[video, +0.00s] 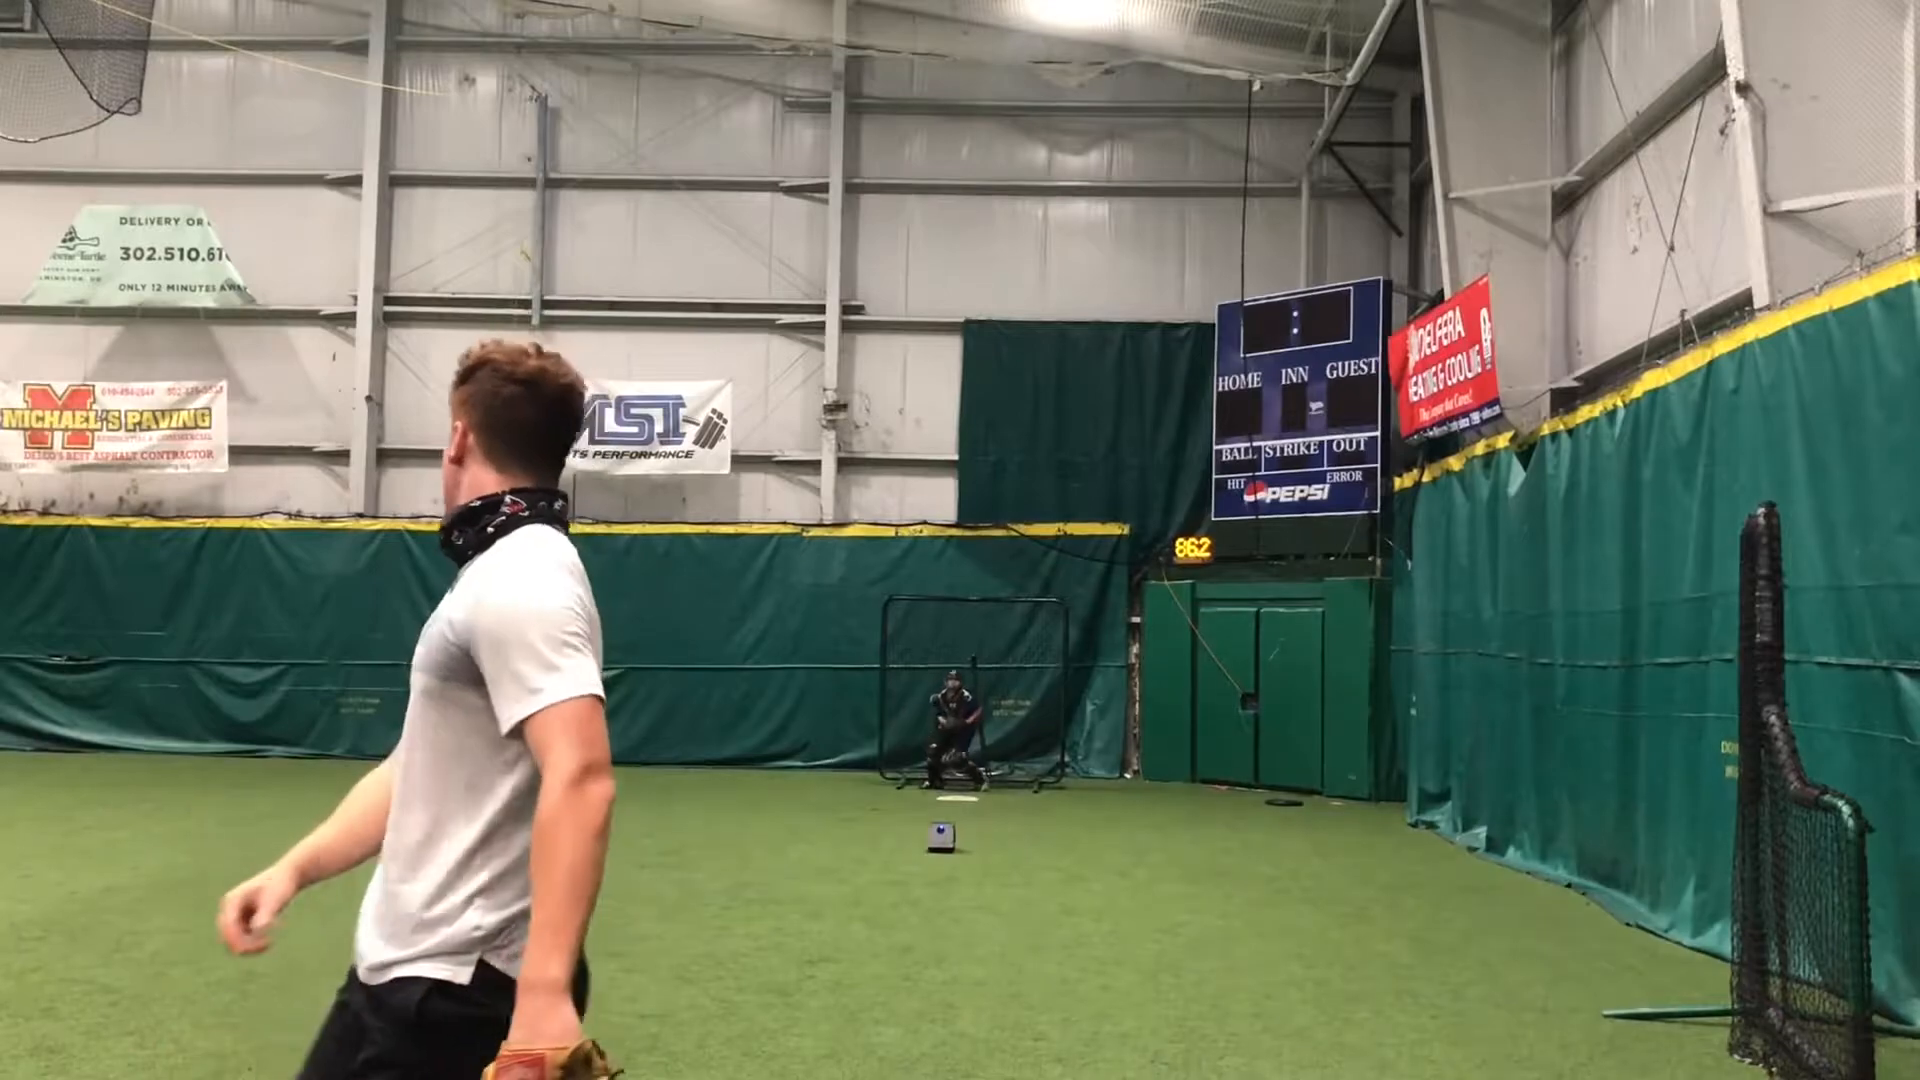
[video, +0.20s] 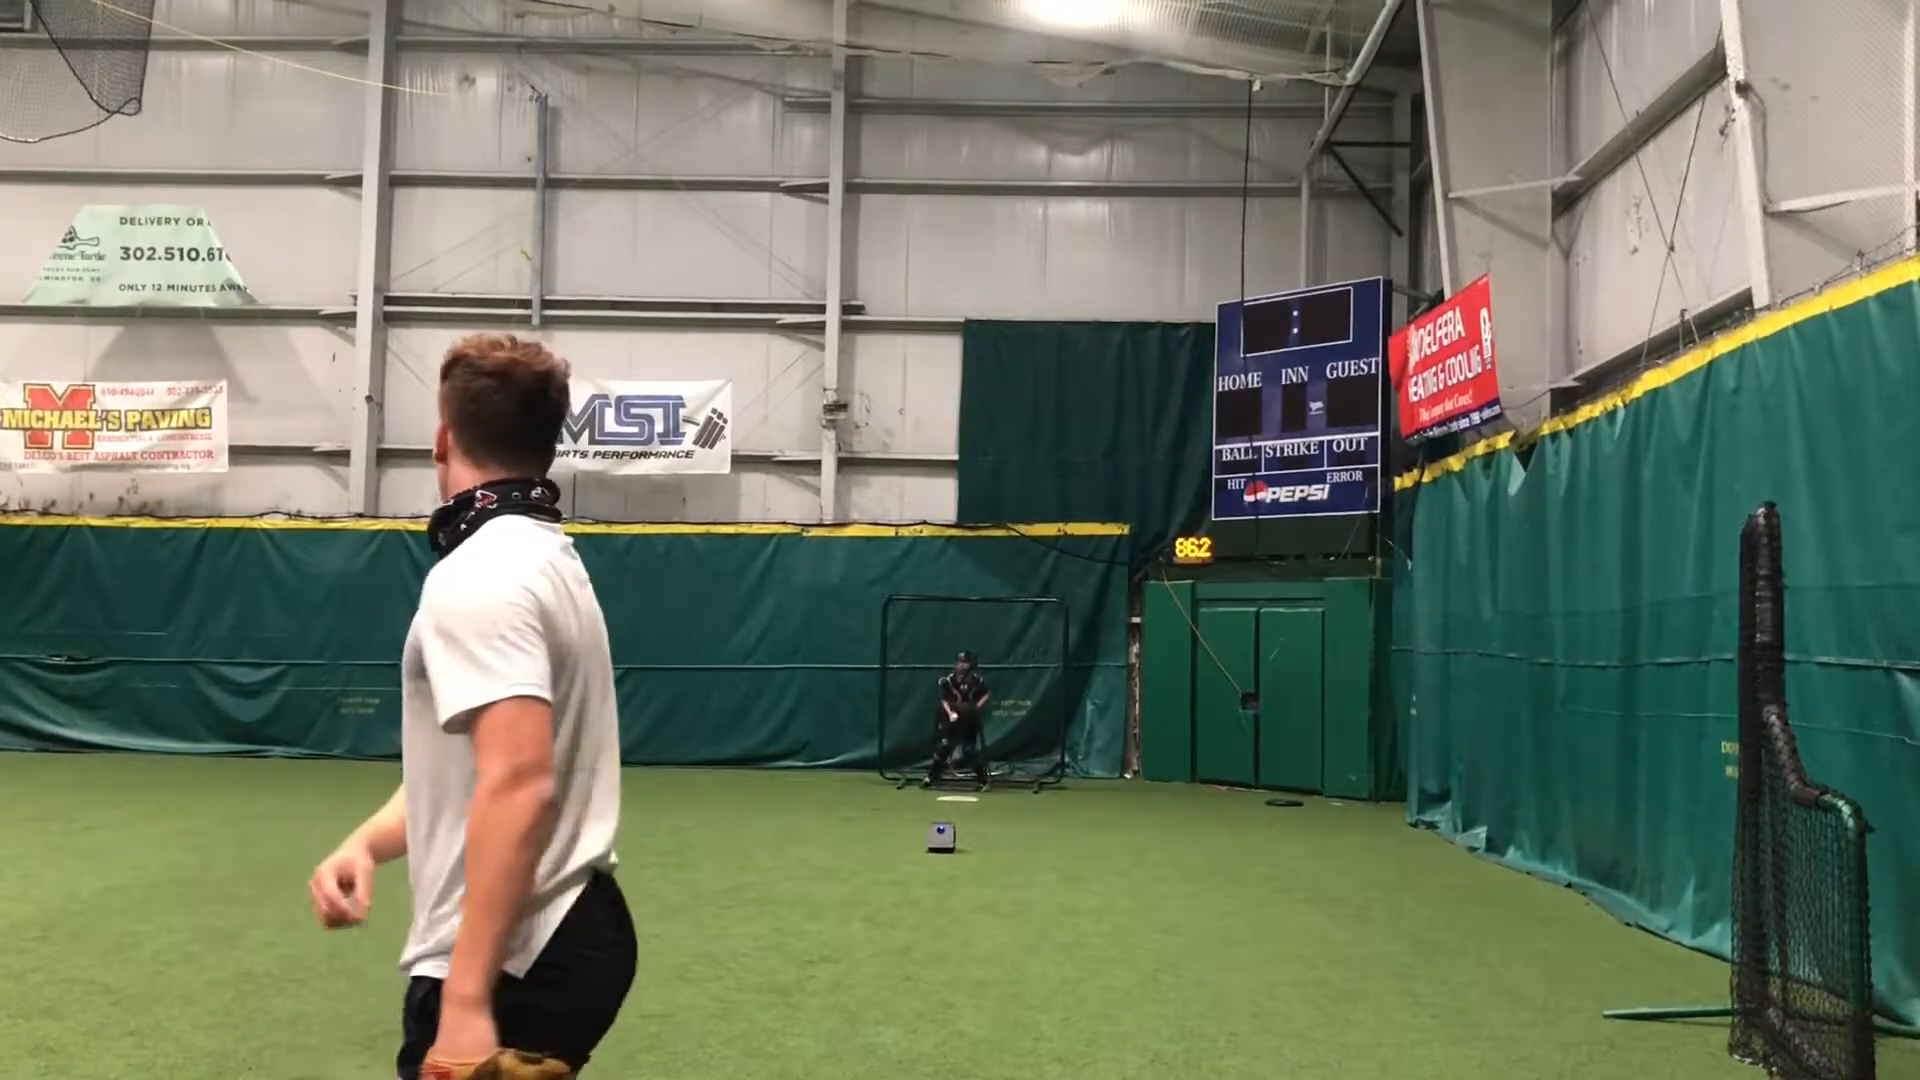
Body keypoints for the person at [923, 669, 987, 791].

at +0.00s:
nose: (953, 683)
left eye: (956, 680)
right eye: (950, 680)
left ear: (960, 683)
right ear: (946, 682)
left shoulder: (967, 697)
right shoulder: (939, 698)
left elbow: (978, 710)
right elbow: (937, 714)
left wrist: (969, 720)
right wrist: (943, 721)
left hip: (964, 729)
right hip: (945, 730)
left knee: (959, 757)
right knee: (933, 751)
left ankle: (980, 780)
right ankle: (934, 780)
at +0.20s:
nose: (962, 666)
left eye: (965, 663)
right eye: (960, 663)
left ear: (971, 665)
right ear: (956, 664)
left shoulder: (976, 680)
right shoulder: (947, 681)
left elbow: (986, 693)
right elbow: (944, 700)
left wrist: (978, 706)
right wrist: (950, 712)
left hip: (970, 718)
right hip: (951, 719)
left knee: (970, 750)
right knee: (943, 748)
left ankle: (982, 779)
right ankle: (931, 776)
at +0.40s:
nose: (960, 665)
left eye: (963, 662)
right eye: (957, 661)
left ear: (970, 664)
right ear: (954, 663)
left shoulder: (977, 679)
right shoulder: (946, 679)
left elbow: (985, 698)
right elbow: (943, 697)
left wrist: (971, 706)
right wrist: (945, 705)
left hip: (972, 721)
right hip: (953, 721)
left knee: (974, 751)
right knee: (945, 750)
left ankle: (983, 780)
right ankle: (941, 779)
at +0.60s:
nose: (951, 665)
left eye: (954, 661)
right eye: (949, 661)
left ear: (960, 664)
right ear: (945, 664)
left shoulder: (968, 681)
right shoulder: (937, 683)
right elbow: (934, 702)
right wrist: (959, 706)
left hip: (967, 722)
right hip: (947, 723)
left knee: (971, 752)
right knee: (947, 755)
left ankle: (981, 780)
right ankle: (945, 785)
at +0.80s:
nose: (944, 660)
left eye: (947, 656)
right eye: (941, 656)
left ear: (954, 658)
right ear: (938, 659)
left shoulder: (960, 675)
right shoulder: (934, 677)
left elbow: (961, 695)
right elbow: (934, 699)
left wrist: (944, 709)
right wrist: (920, 712)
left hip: (960, 718)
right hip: (942, 718)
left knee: (960, 750)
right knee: (943, 752)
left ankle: (965, 780)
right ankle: (944, 786)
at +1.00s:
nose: (939, 659)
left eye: (943, 656)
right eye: (937, 656)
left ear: (950, 658)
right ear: (936, 658)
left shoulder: (955, 676)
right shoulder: (942, 675)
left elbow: (960, 696)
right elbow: (934, 688)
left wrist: (959, 716)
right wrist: (913, 688)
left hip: (954, 719)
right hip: (944, 719)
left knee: (949, 751)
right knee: (943, 751)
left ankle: (953, 786)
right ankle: (946, 785)